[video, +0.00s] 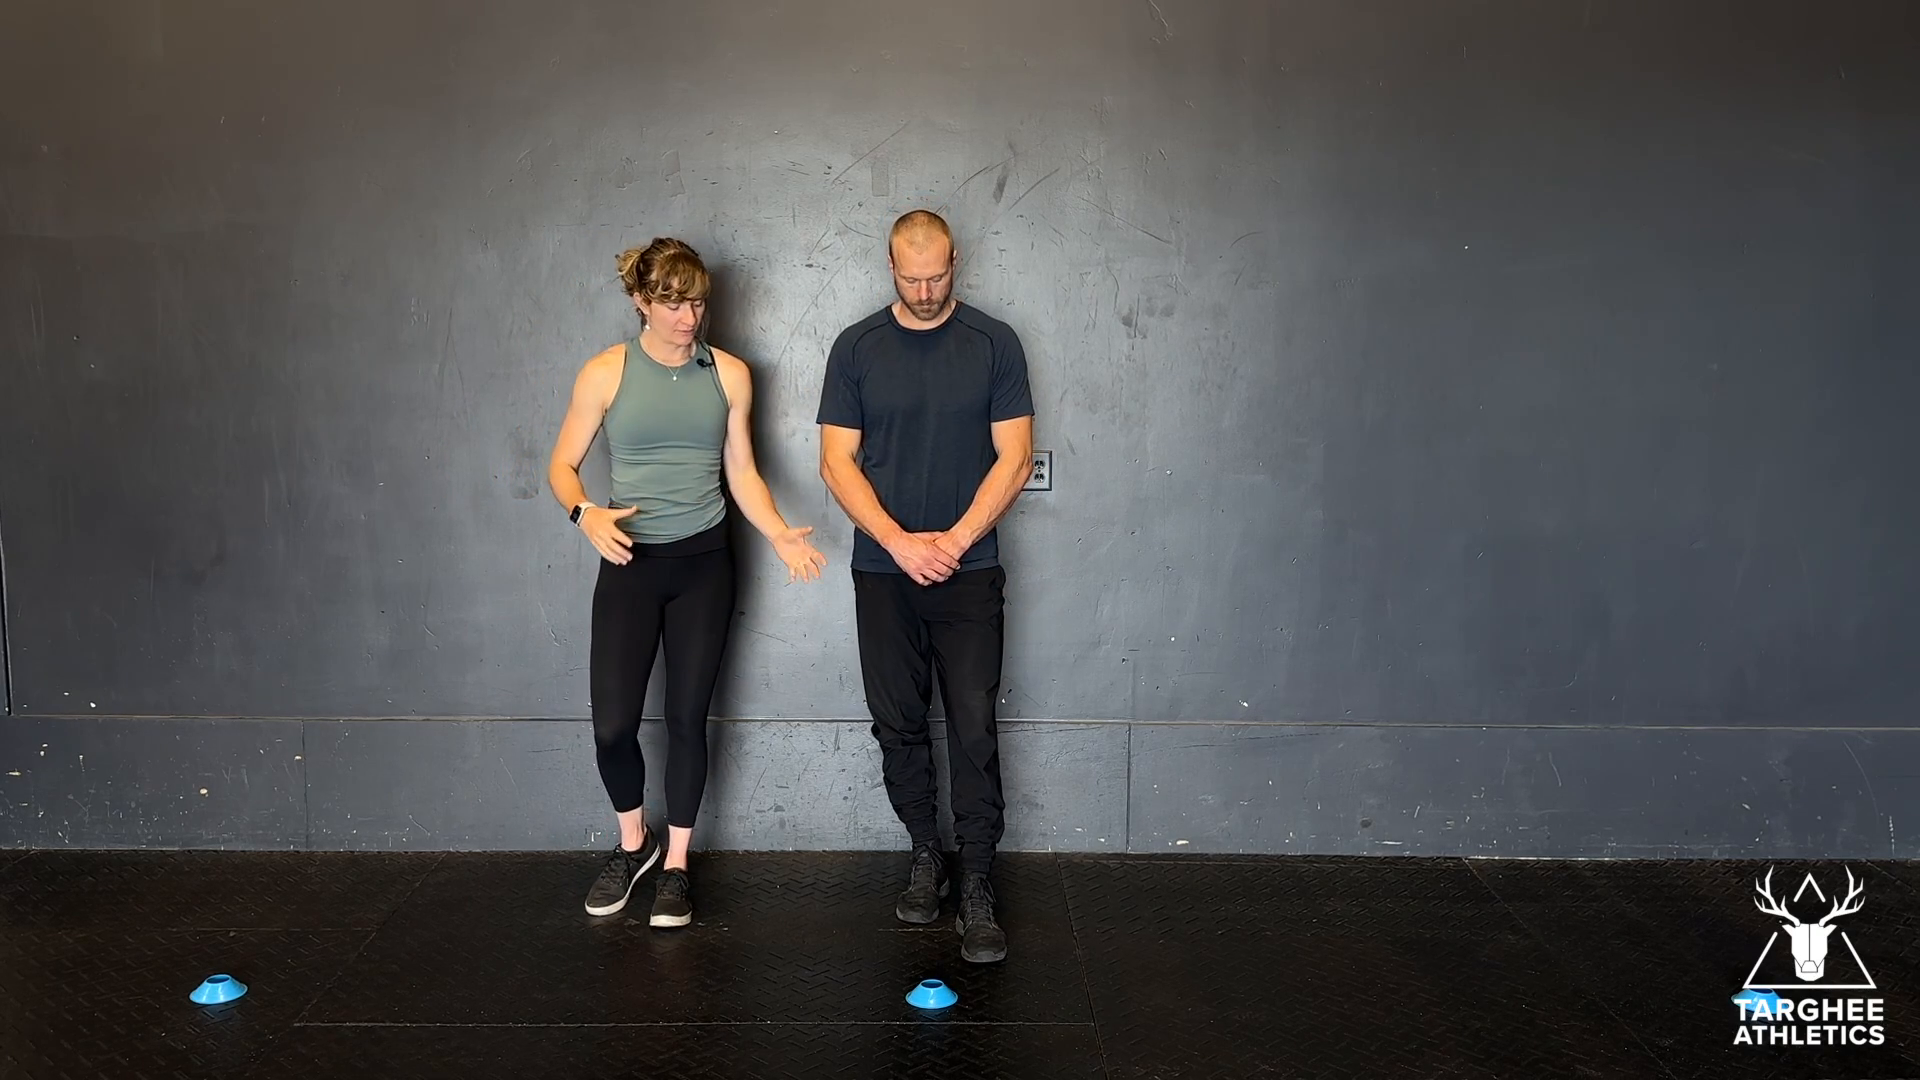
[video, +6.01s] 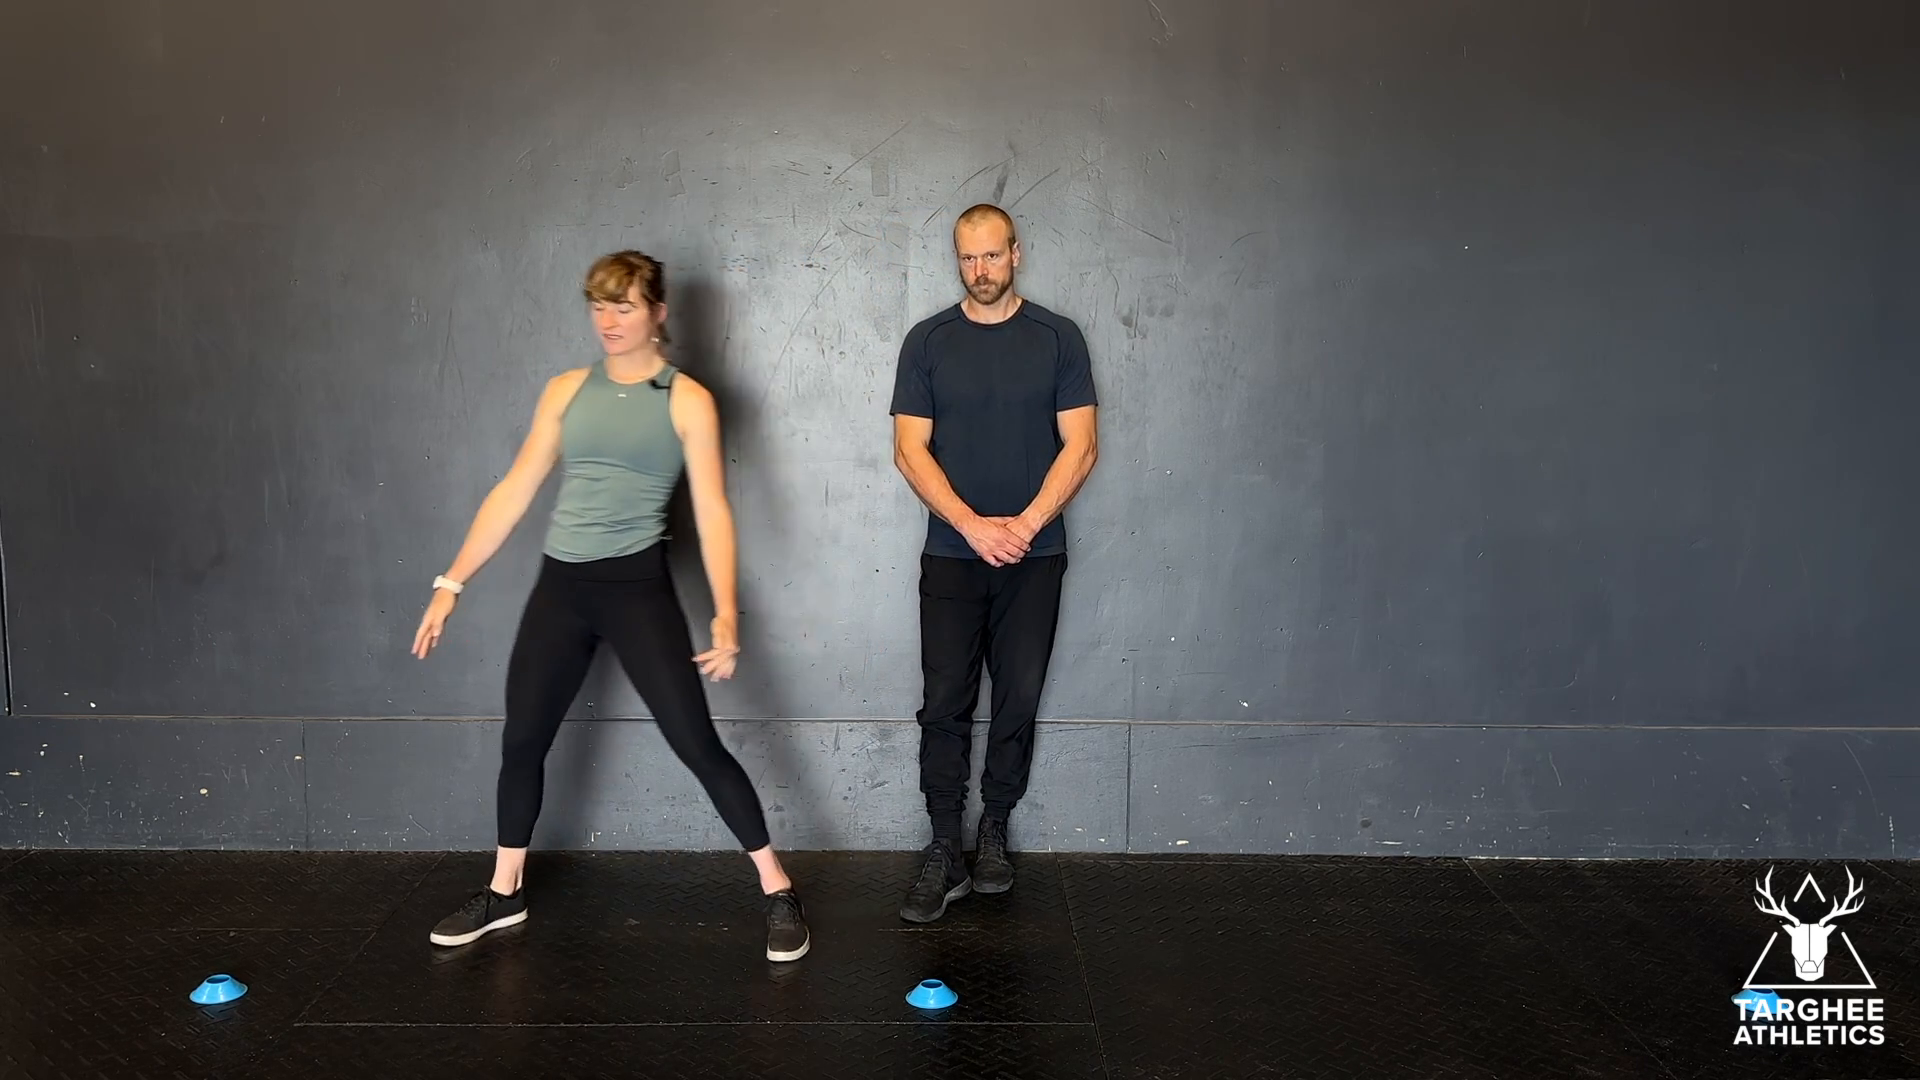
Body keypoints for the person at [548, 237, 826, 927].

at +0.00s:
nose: (688, 315)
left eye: (696, 301)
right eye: (673, 303)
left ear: (704, 299)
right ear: (642, 302)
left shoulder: (728, 373)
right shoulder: (606, 373)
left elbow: (741, 468)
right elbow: (562, 466)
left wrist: (780, 534)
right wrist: (584, 513)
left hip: (705, 561)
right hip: (628, 564)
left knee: (687, 716)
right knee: (612, 725)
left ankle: (675, 867)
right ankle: (635, 844)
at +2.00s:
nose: (673, 322)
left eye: (683, 309)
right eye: (660, 310)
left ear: (701, 303)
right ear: (641, 307)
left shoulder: (735, 374)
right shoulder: (610, 371)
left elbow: (750, 473)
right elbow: (591, 467)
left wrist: (761, 556)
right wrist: (581, 546)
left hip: (704, 561)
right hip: (626, 562)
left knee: (688, 715)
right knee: (605, 720)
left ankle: (677, 865)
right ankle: (635, 841)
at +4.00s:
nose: (685, 311)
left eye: (693, 298)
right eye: (670, 299)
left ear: (701, 300)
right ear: (639, 302)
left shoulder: (725, 374)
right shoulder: (604, 378)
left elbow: (746, 471)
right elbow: (568, 484)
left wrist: (782, 524)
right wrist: (569, 575)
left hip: (710, 565)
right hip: (633, 570)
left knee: (733, 722)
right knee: (634, 724)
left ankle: (734, 869)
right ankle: (635, 871)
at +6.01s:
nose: (607, 317)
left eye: (623, 305)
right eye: (598, 305)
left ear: (657, 313)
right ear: (590, 313)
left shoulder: (688, 401)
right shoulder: (567, 392)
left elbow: (712, 510)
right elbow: (512, 495)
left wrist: (726, 617)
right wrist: (449, 585)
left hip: (638, 589)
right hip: (559, 588)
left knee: (697, 745)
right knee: (522, 739)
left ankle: (777, 889)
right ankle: (505, 892)